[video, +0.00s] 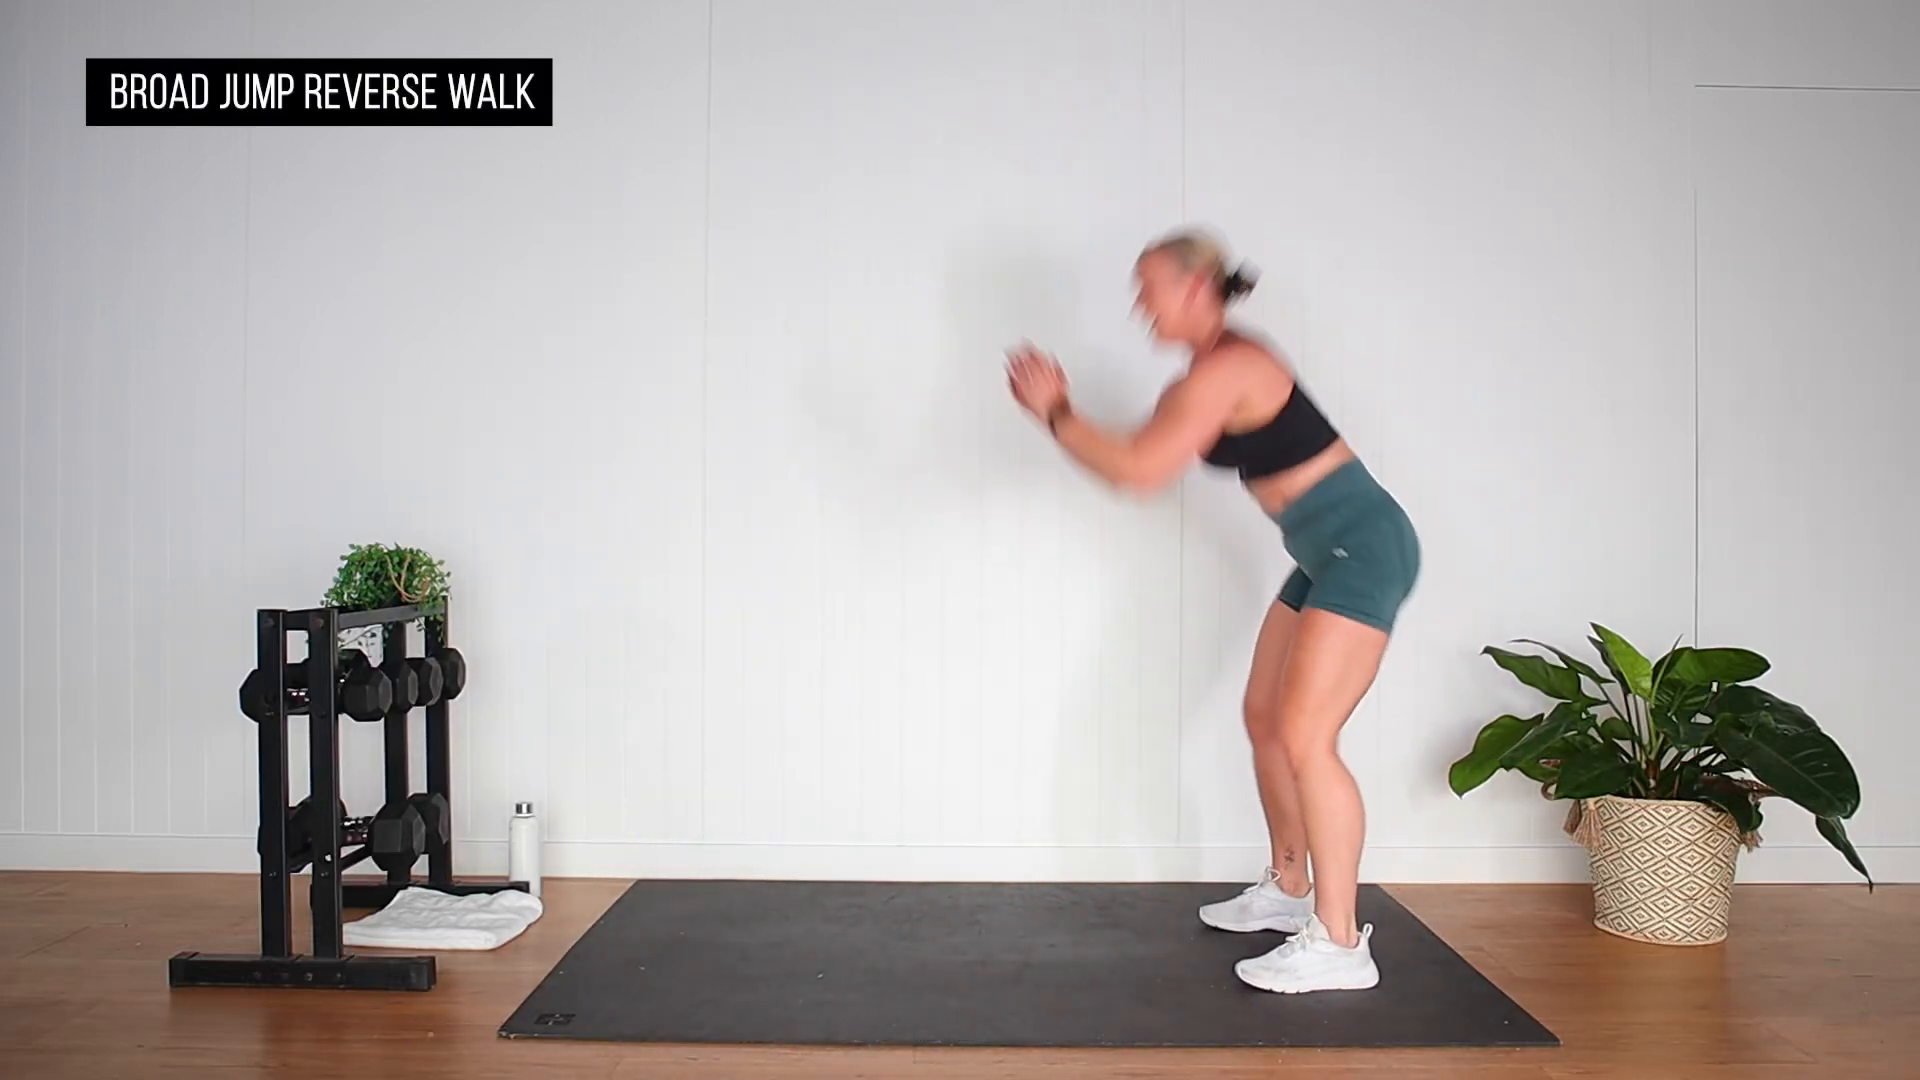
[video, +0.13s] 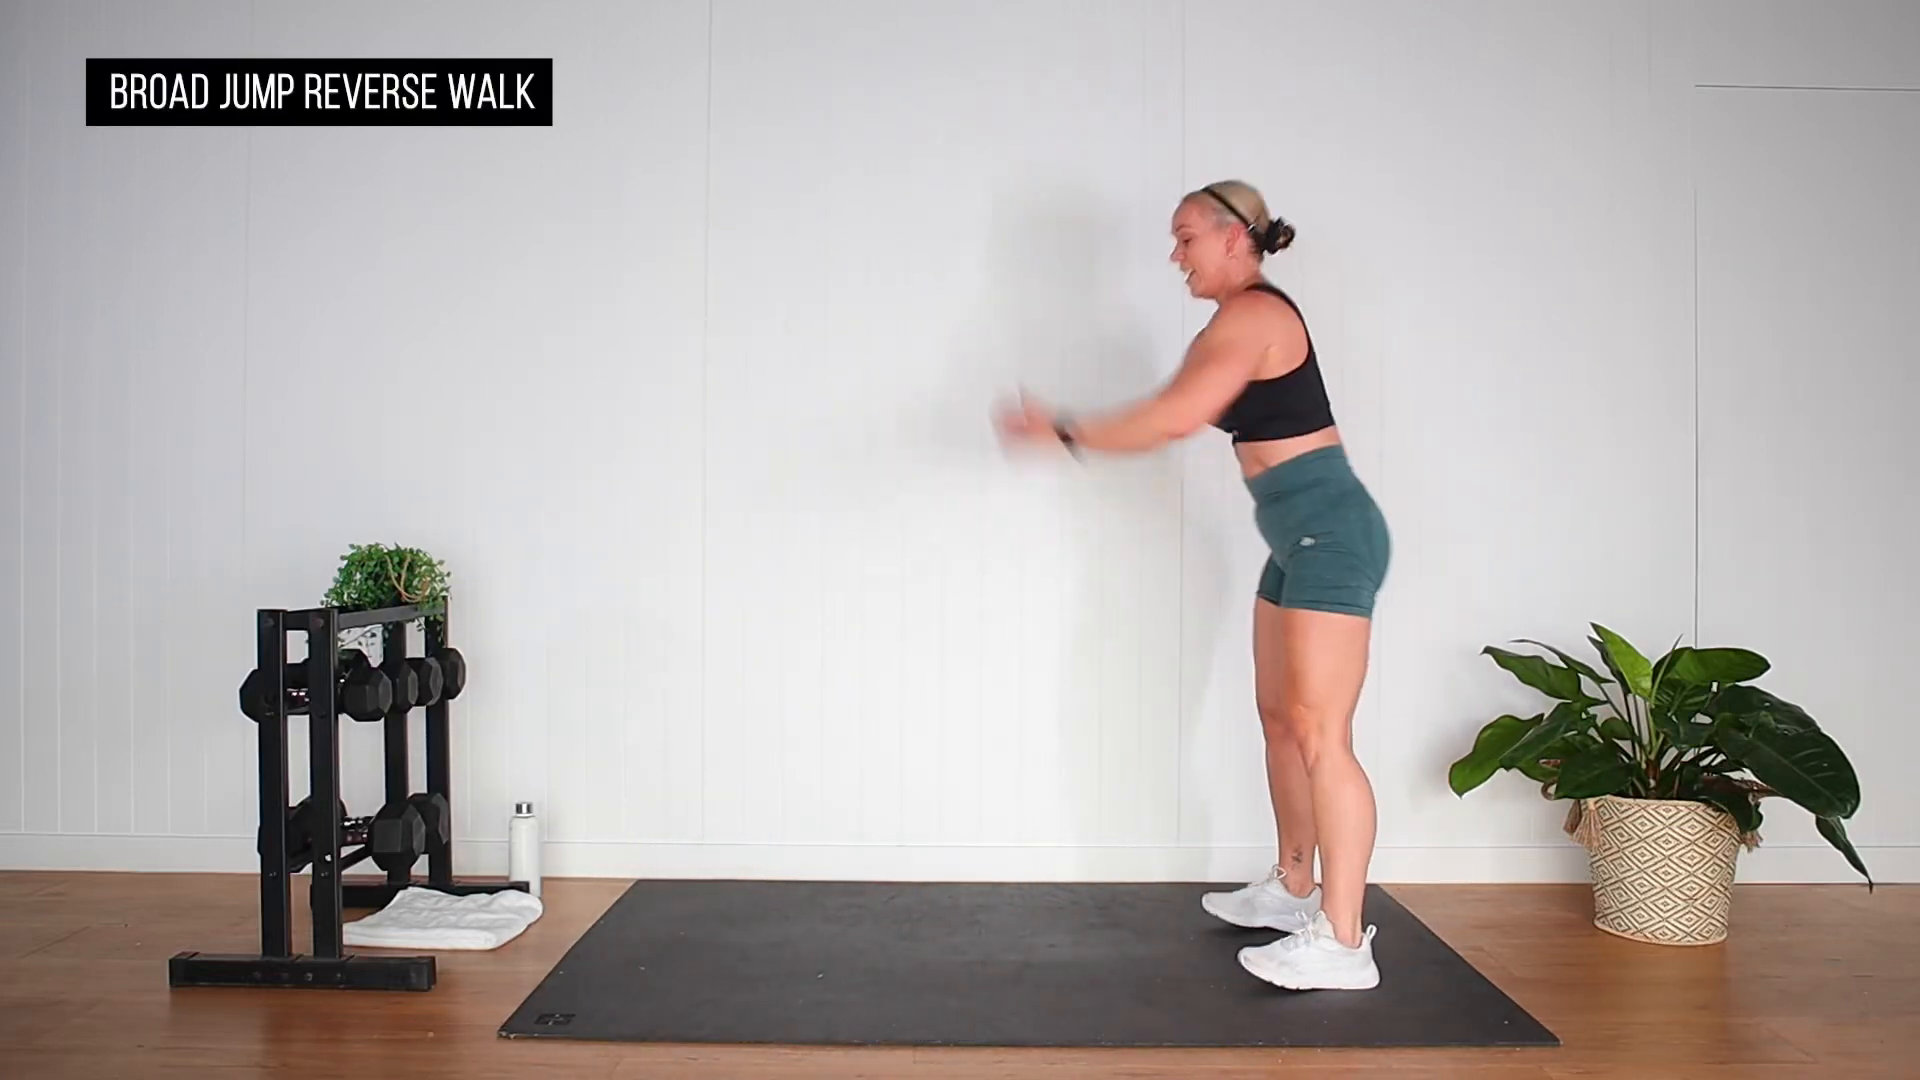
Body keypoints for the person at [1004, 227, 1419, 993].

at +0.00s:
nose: (1142, 309)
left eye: (1151, 293)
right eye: (1141, 294)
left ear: (1200, 288)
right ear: (1189, 292)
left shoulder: (1232, 368)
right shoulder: (1210, 369)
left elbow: (1138, 469)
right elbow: (1137, 463)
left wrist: (1057, 416)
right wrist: (1060, 416)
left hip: (1365, 546)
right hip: (1323, 551)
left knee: (1304, 735)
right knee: (1265, 719)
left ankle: (1341, 942)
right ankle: (1291, 883)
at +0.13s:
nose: (1176, 254)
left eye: (1188, 238)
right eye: (1176, 241)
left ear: (1239, 240)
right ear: (1226, 245)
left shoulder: (1253, 319)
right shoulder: (1233, 322)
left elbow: (1177, 418)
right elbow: (1168, 416)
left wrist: (1071, 433)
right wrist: (1071, 428)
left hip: (1330, 538)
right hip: (1294, 543)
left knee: (1322, 737)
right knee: (1283, 724)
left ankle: (1345, 940)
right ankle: (1298, 883)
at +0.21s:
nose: (1174, 249)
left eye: (1185, 235)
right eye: (1174, 236)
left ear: (1233, 238)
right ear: (1220, 242)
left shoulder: (1254, 312)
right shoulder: (1228, 325)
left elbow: (1228, 436)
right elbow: (1196, 441)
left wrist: (1147, 508)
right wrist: (1130, 509)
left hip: (1320, 532)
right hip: (1284, 538)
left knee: (1318, 734)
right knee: (1280, 720)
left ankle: (1345, 940)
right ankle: (1297, 887)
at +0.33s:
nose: (1134, 268)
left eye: (1146, 252)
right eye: (1135, 253)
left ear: (1193, 253)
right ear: (1185, 254)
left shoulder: (1220, 326)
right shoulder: (1200, 332)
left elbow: (1316, 402)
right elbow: (1296, 408)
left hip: (1315, 537)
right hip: (1279, 543)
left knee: (1308, 740)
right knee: (1275, 726)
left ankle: (1344, 940)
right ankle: (1298, 885)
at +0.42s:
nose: (1097, 301)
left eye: (1106, 285)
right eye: (1097, 287)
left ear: (1153, 282)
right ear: (1149, 285)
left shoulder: (1196, 345)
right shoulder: (1183, 356)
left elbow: (1323, 361)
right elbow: (1295, 403)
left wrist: (1447, 375)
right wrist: (1374, 443)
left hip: (1320, 539)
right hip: (1286, 547)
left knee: (1288, 743)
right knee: (1264, 729)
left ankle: (1341, 940)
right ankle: (1295, 882)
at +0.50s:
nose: (1068, 350)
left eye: (1076, 333)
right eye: (1066, 336)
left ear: (1122, 324)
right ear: (1118, 330)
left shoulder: (1169, 377)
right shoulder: (1161, 386)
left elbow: (1294, 364)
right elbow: (1278, 390)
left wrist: (1417, 346)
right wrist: (1369, 402)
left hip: (1325, 554)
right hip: (1289, 561)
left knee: (1268, 741)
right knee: (1244, 725)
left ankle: (1339, 940)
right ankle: (1292, 886)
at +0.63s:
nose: (1034, 395)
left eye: (1042, 379)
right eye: (1034, 380)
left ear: (1091, 381)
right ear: (1089, 381)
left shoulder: (1139, 443)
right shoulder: (1131, 437)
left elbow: (1256, 475)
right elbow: (1250, 469)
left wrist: (1353, 514)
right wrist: (1342, 503)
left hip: (1309, 585)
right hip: (1275, 590)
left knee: (1228, 755)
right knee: (1206, 739)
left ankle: (1331, 937)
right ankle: (1288, 888)